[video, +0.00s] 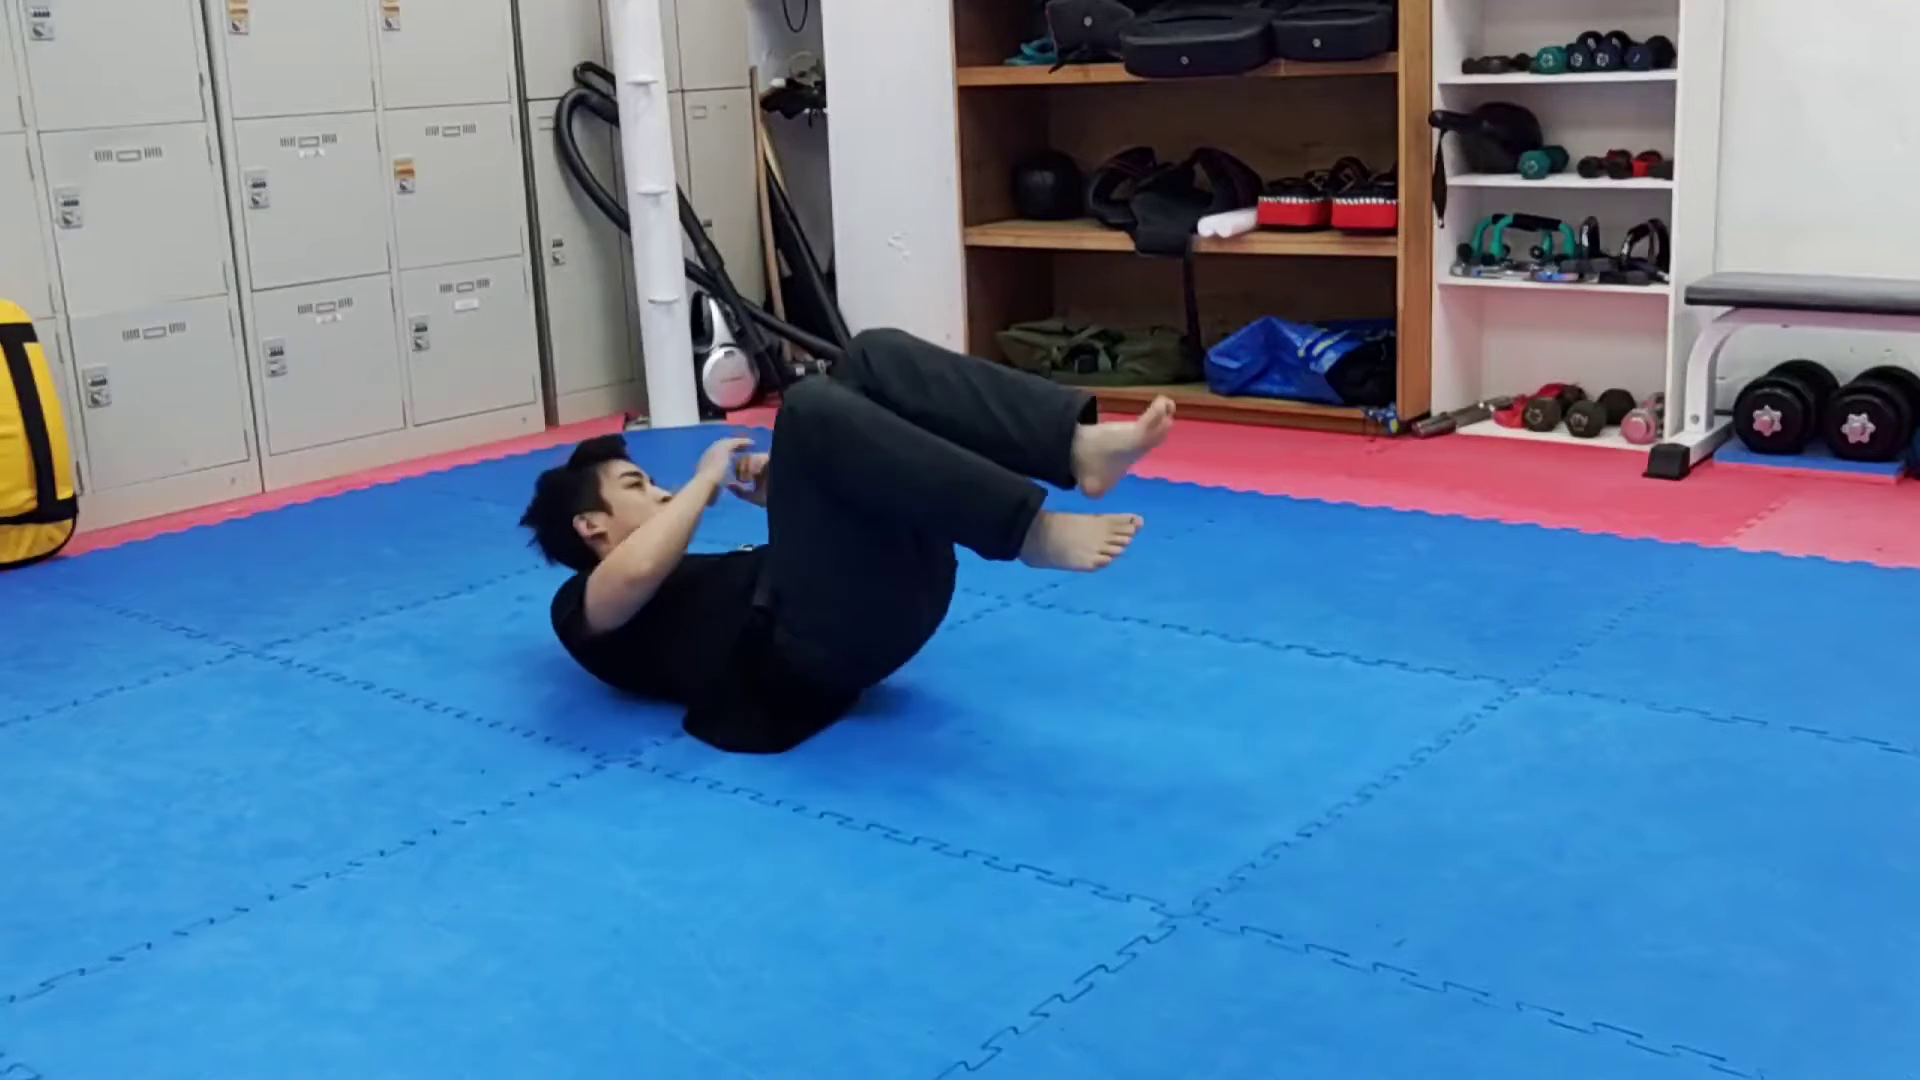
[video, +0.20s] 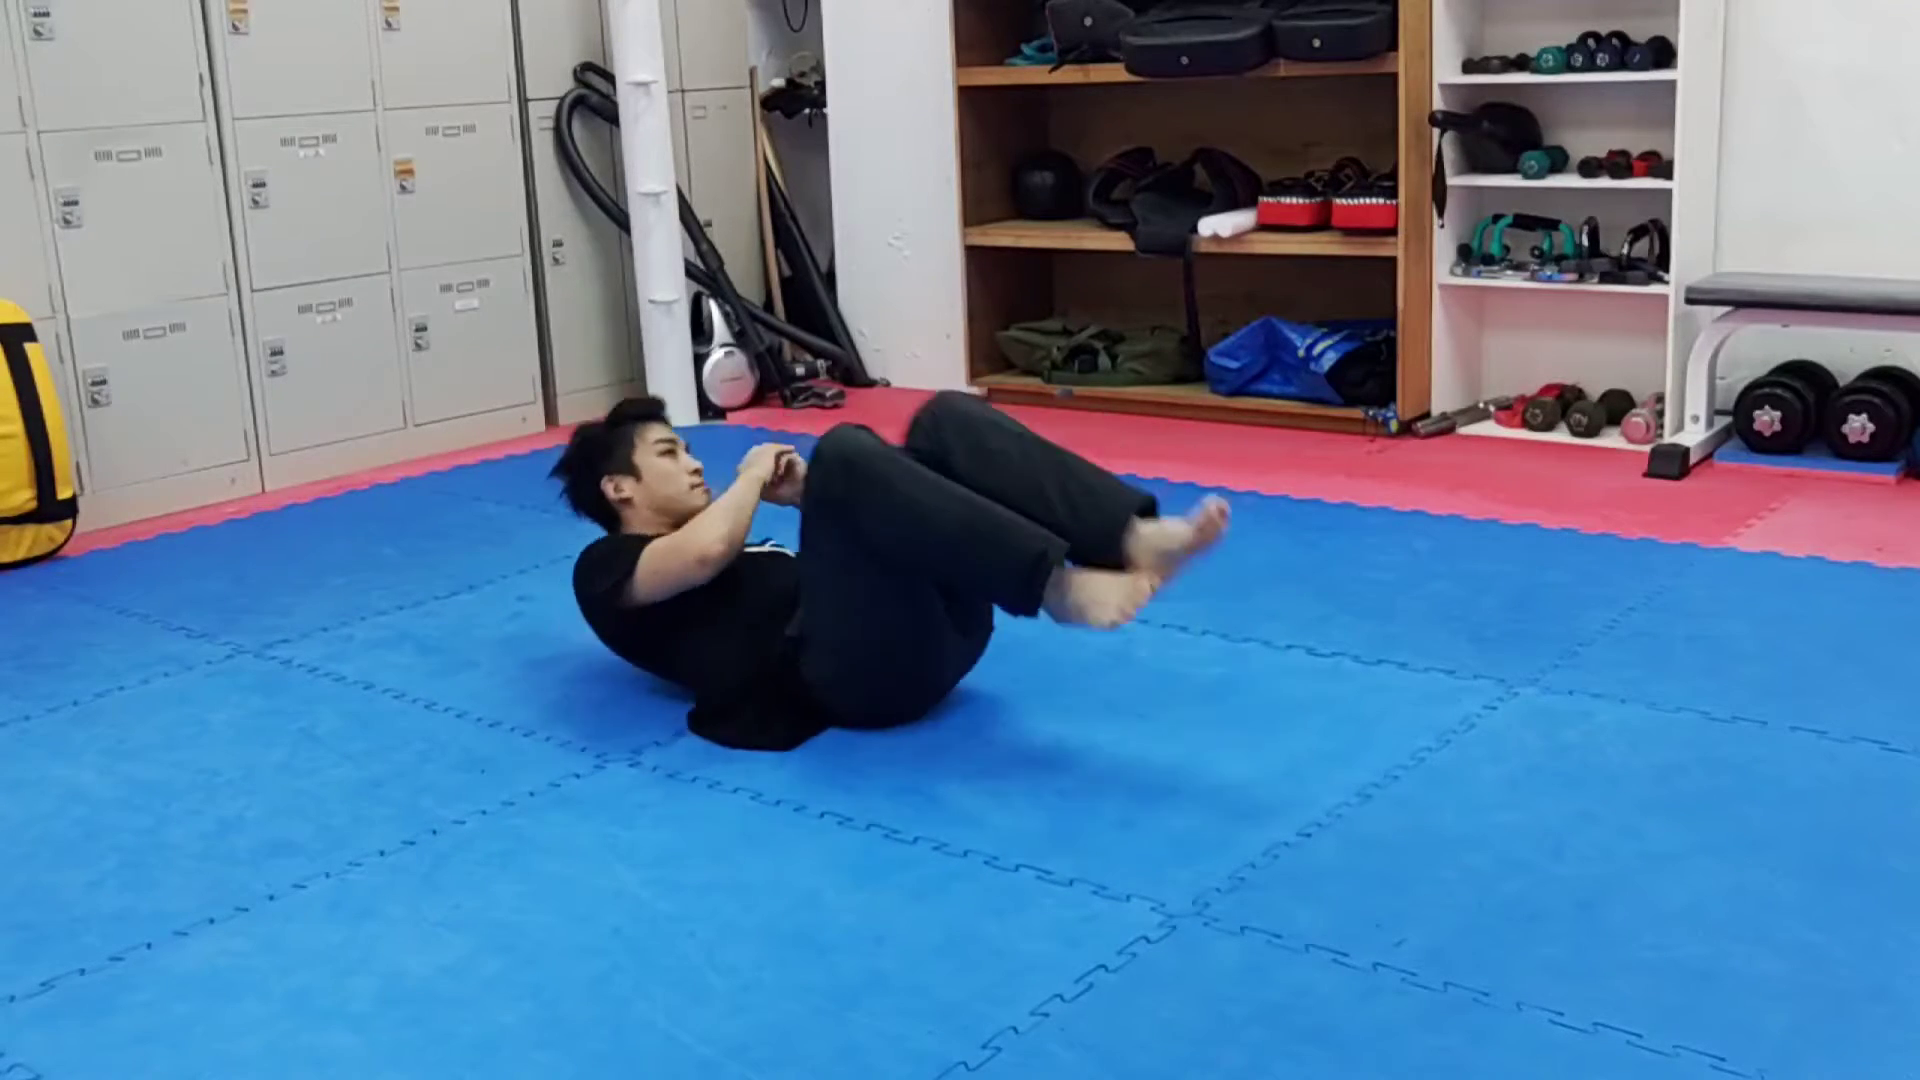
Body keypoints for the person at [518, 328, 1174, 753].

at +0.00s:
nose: (659, 492)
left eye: (652, 484)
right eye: (635, 487)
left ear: (651, 503)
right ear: (587, 527)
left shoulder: (693, 573)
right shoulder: (576, 611)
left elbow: (816, 537)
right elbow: (634, 574)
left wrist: (776, 494)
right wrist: (704, 482)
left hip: (878, 601)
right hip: (818, 642)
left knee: (870, 358)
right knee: (811, 411)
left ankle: (1076, 449)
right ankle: (1027, 529)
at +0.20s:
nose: (692, 464)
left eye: (685, 451)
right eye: (668, 454)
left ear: (681, 478)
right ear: (620, 492)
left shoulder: (720, 546)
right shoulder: (601, 572)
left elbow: (853, 561)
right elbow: (699, 555)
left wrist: (810, 494)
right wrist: (748, 486)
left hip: (925, 637)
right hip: (858, 678)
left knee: (943, 418)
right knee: (844, 455)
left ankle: (1130, 535)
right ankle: (1059, 584)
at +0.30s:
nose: (713, 445)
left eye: (710, 430)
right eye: (686, 434)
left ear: (712, 446)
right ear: (634, 469)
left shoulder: (744, 527)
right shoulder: (619, 555)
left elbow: (877, 555)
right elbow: (704, 572)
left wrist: (822, 488)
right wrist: (760, 474)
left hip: (936, 643)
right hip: (855, 673)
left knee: (1012, 434)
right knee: (904, 441)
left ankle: (1174, 590)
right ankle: (1075, 620)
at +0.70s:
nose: (667, 480)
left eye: (661, 460)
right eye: (641, 490)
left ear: (680, 448)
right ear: (626, 523)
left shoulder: (778, 481)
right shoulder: (673, 597)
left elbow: (888, 463)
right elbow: (702, 667)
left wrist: (754, 453)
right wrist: (700, 525)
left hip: (974, 616)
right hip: (892, 650)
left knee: (1060, 420)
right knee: (972, 416)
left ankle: (1236, 513)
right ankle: (1111, 600)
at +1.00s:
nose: (687, 482)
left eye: (684, 469)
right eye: (660, 480)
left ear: (696, 474)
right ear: (626, 529)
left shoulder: (776, 531)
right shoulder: (650, 601)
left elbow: (891, 515)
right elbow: (694, 560)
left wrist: (811, 459)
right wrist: (732, 457)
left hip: (943, 584)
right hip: (877, 626)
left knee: (974, 350)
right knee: (906, 386)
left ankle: (1145, 476)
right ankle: (1092, 528)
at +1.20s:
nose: (747, 443)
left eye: (743, 430)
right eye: (722, 437)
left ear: (751, 445)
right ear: (677, 477)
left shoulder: (788, 520)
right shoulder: (676, 551)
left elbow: (914, 546)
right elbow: (776, 529)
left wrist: (866, 477)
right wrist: (812, 458)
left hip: (983, 618)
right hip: (918, 645)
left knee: (1045, 406)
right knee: (971, 425)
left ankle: (1204, 549)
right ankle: (1143, 587)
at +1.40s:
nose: (807, 395)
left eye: (806, 377)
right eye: (780, 386)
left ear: (816, 386)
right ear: (731, 420)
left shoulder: (855, 467)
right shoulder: (724, 504)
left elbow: (973, 512)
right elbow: (776, 552)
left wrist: (907, 445)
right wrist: (842, 445)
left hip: (1016, 617)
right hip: (937, 638)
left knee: (1136, 439)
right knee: (1051, 428)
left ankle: (1275, 602)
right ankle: (1183, 622)